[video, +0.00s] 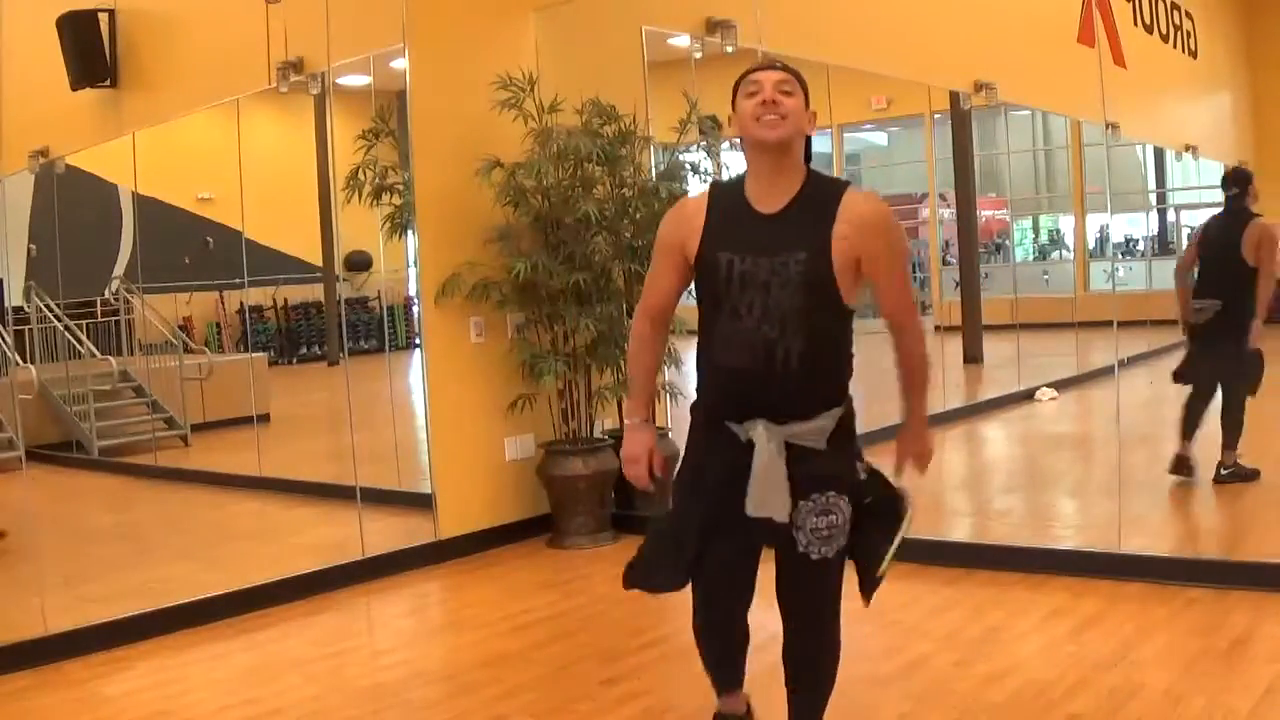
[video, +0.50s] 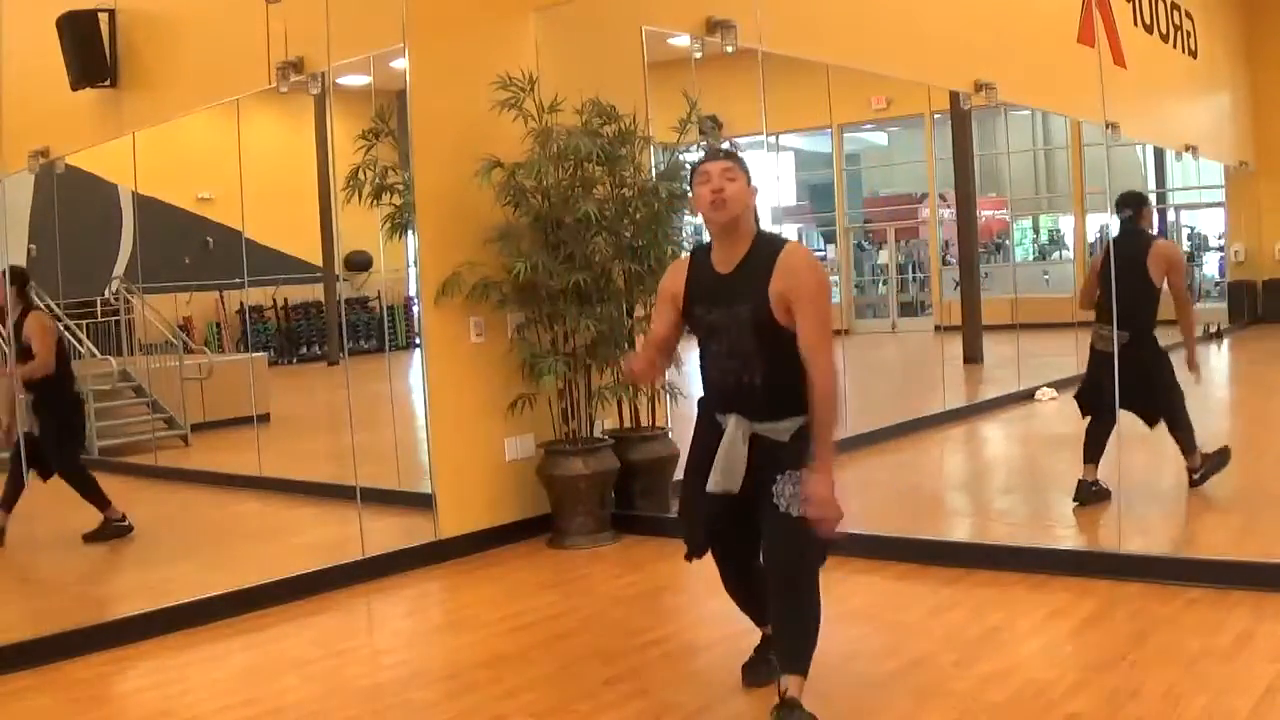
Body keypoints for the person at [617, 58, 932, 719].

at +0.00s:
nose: (769, 98)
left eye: (785, 91)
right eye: (753, 92)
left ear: (810, 120)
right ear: (734, 123)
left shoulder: (858, 214)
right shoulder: (692, 218)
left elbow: (906, 326)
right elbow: (649, 321)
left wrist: (915, 421)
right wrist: (637, 421)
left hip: (817, 443)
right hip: (722, 441)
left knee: (811, 612)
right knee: (716, 604)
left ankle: (806, 716)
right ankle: (729, 706)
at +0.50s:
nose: (717, 188)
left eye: (728, 178)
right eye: (705, 182)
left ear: (752, 191)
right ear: (694, 202)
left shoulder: (795, 266)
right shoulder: (683, 274)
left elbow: (822, 371)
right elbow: (657, 351)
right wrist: (645, 363)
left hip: (789, 434)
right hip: (721, 433)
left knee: (790, 564)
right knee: (731, 553)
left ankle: (791, 694)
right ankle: (773, 631)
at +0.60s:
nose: (713, 165)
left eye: (724, 155)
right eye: (701, 160)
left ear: (746, 168)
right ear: (691, 181)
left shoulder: (784, 232)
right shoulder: (680, 249)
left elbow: (771, 331)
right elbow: (637, 332)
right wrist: (619, 284)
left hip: (795, 406)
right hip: (732, 408)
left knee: (791, 535)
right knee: (743, 533)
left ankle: (787, 668)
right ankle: (775, 628)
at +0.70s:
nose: (711, 158)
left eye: (722, 149)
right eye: (699, 153)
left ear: (744, 164)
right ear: (689, 174)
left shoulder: (779, 223)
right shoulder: (676, 238)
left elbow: (731, 298)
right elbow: (624, 293)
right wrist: (611, 223)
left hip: (803, 397)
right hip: (740, 403)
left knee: (786, 522)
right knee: (754, 523)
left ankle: (798, 644)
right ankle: (775, 633)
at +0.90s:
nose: (700, 191)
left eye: (711, 176)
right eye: (689, 181)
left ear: (735, 171)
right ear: (679, 186)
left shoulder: (774, 224)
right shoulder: (679, 237)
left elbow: (726, 305)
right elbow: (662, 302)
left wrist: (644, 297)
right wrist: (625, 290)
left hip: (802, 388)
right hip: (742, 392)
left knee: (773, 515)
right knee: (753, 514)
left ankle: (832, 559)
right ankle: (779, 635)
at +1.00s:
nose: (699, 214)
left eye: (706, 198)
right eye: (687, 205)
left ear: (731, 180)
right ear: (678, 201)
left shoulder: (784, 229)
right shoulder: (683, 241)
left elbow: (785, 334)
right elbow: (669, 332)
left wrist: (756, 419)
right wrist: (662, 411)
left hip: (798, 392)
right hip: (734, 395)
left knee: (776, 509)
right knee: (749, 515)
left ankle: (828, 555)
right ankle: (777, 637)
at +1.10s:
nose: (697, 218)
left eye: (704, 201)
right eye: (683, 208)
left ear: (728, 185)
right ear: (673, 207)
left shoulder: (790, 235)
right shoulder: (677, 252)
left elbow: (859, 305)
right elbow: (685, 332)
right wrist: (701, 395)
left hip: (797, 401)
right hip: (733, 406)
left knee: (781, 514)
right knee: (748, 525)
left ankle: (817, 592)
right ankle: (776, 634)